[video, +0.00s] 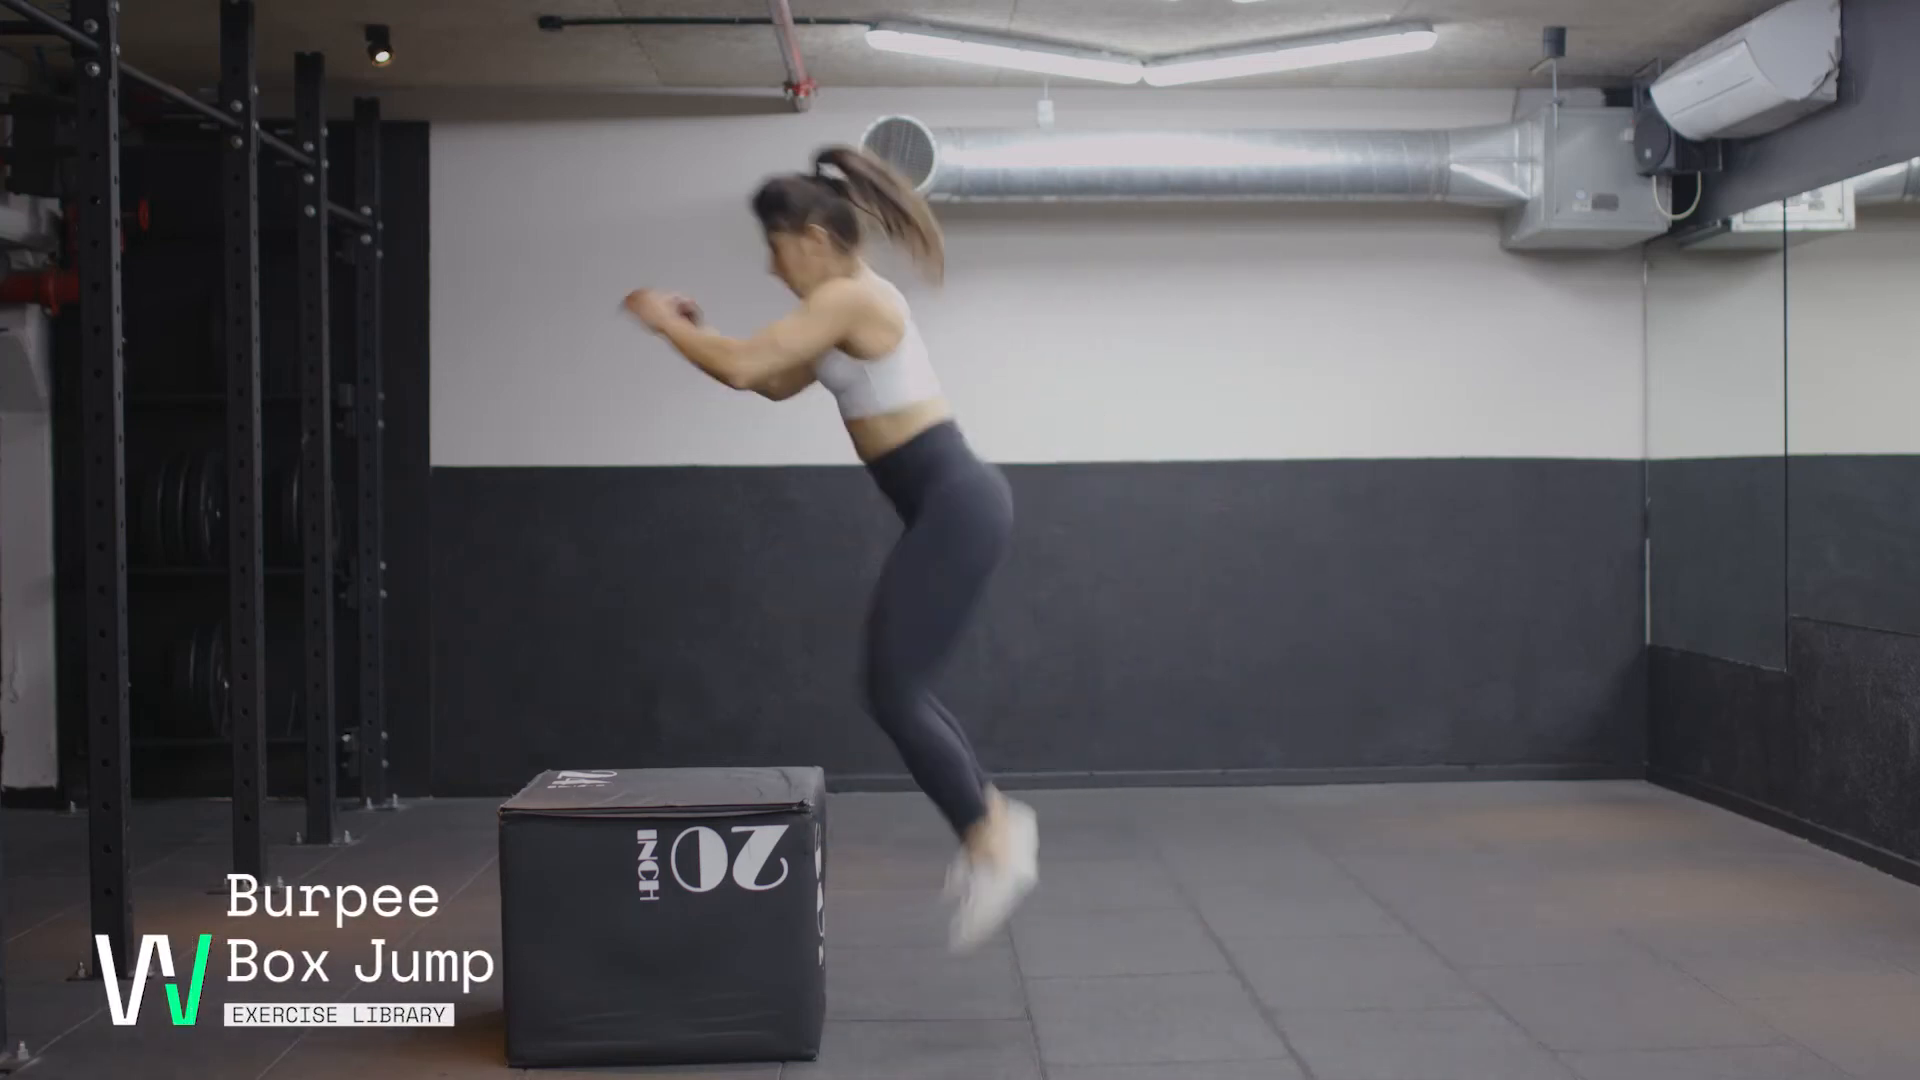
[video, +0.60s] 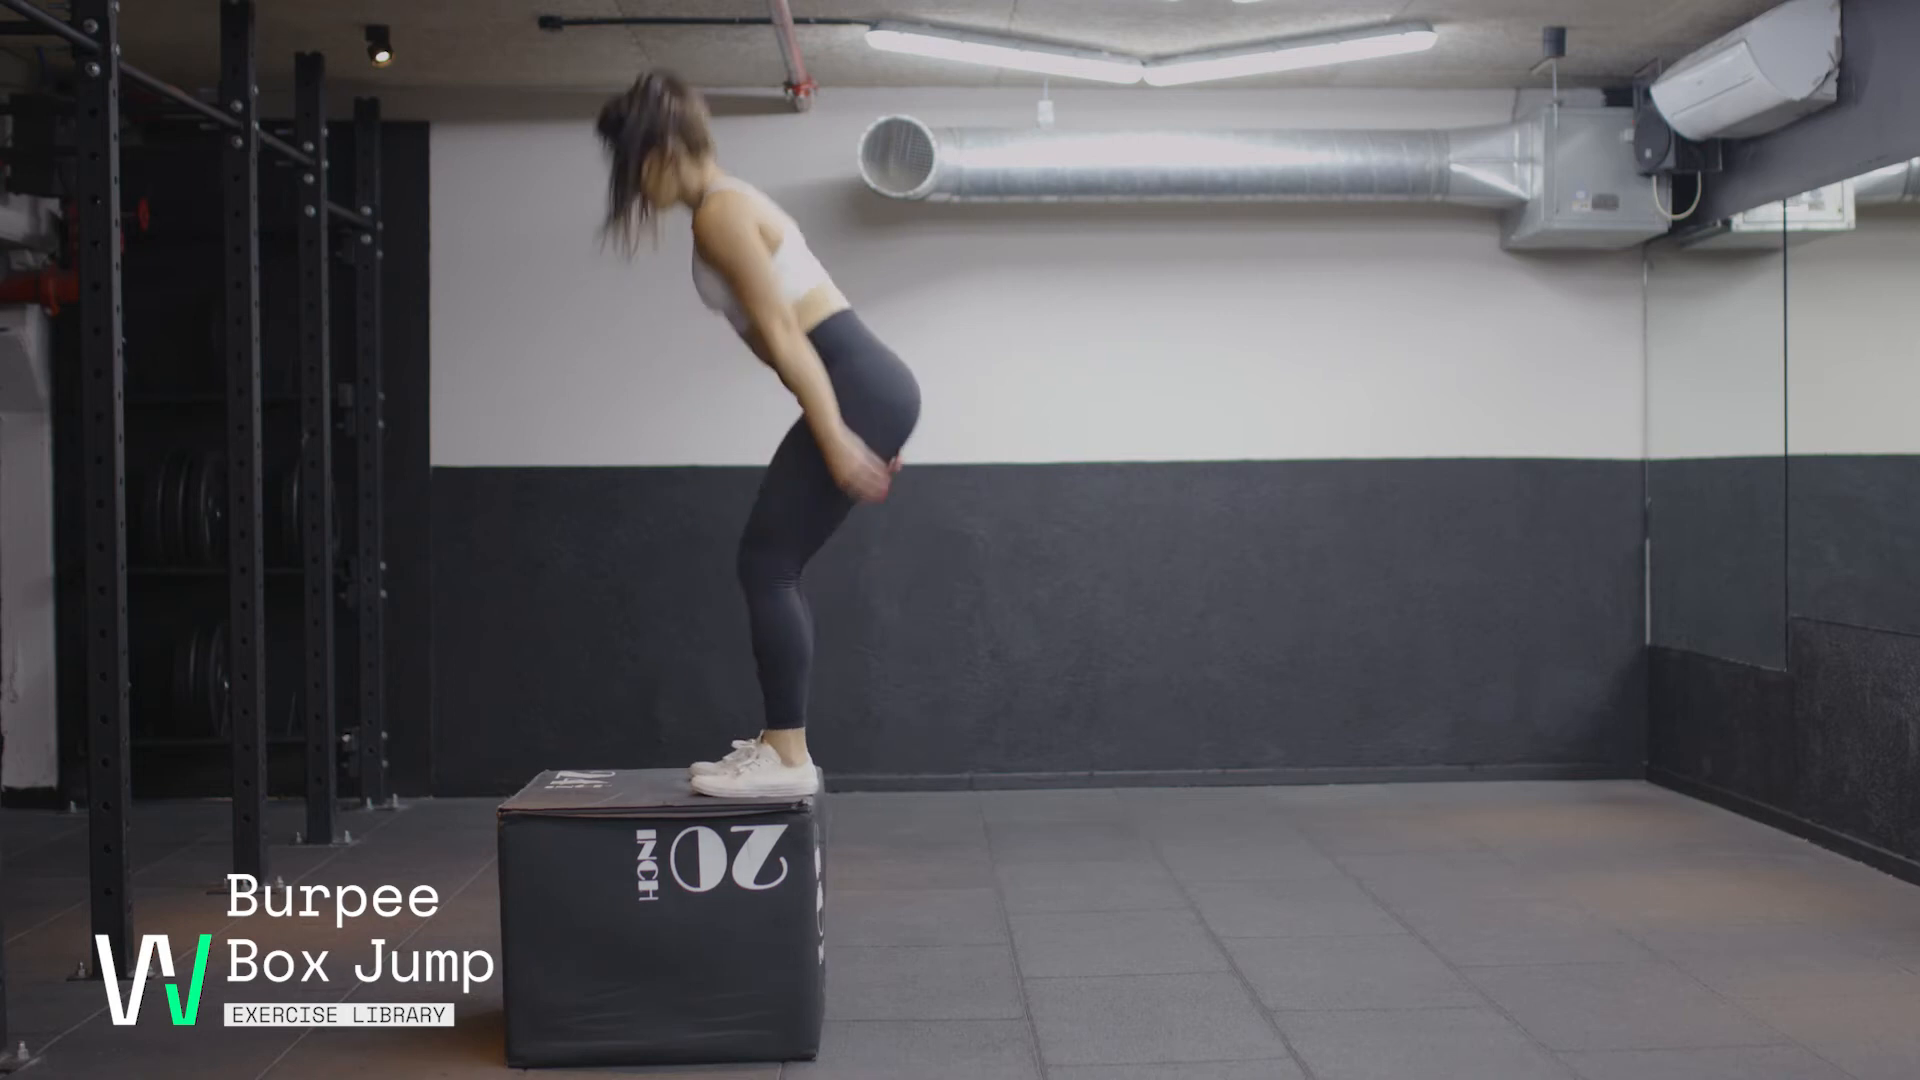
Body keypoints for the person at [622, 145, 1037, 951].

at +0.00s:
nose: (772, 261)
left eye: (776, 244)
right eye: (771, 247)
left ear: (814, 237)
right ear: (822, 238)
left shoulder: (852, 299)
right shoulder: (851, 304)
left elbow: (746, 367)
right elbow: (774, 384)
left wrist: (668, 326)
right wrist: (691, 331)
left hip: (955, 505)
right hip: (944, 504)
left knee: (894, 688)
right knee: (895, 683)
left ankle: (989, 840)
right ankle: (993, 821)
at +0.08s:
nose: (729, 263)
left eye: (733, 246)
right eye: (726, 249)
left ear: (775, 231)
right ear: (776, 232)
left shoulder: (817, 289)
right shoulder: (820, 292)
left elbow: (719, 376)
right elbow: (756, 395)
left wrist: (625, 368)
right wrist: (652, 373)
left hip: (961, 478)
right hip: (953, 475)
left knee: (826, 606)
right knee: (833, 601)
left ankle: (951, 736)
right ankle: (951, 729)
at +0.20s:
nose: (676, 313)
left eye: (677, 293)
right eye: (670, 298)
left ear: (712, 273)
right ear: (716, 274)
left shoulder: (769, 336)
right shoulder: (778, 331)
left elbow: (694, 449)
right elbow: (721, 463)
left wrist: (594, 501)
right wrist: (616, 499)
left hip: (947, 462)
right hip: (941, 459)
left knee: (784, 555)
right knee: (783, 553)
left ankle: (813, 743)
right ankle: (798, 716)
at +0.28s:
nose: (649, 338)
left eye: (650, 320)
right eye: (643, 324)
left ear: (688, 298)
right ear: (688, 300)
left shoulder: (748, 361)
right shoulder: (758, 353)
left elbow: (696, 488)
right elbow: (740, 487)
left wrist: (611, 576)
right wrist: (663, 563)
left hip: (920, 483)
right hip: (921, 480)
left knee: (758, 568)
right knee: (760, 567)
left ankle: (783, 753)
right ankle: (780, 748)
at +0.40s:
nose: (627, 312)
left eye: (628, 294)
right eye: (621, 298)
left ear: (666, 275)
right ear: (668, 276)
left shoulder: (727, 344)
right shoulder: (741, 328)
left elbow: (732, 481)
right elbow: (770, 476)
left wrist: (712, 599)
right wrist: (755, 574)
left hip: (895, 473)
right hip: (899, 468)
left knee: (741, 573)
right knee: (741, 569)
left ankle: (783, 754)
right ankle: (778, 749)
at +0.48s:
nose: (622, 263)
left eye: (624, 245)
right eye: (617, 248)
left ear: (655, 233)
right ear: (673, 227)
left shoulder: (722, 297)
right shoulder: (726, 286)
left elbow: (760, 425)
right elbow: (779, 420)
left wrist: (782, 539)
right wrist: (825, 526)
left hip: (884, 441)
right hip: (879, 438)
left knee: (743, 571)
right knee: (747, 567)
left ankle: (783, 752)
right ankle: (778, 746)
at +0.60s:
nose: (635, 181)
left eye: (635, 164)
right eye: (631, 167)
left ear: (663, 150)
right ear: (681, 143)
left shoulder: (723, 213)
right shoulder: (728, 207)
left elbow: (783, 332)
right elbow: (786, 333)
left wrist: (837, 439)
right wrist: (845, 438)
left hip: (859, 388)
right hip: (861, 384)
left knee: (767, 564)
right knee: (768, 562)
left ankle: (786, 752)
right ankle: (782, 747)